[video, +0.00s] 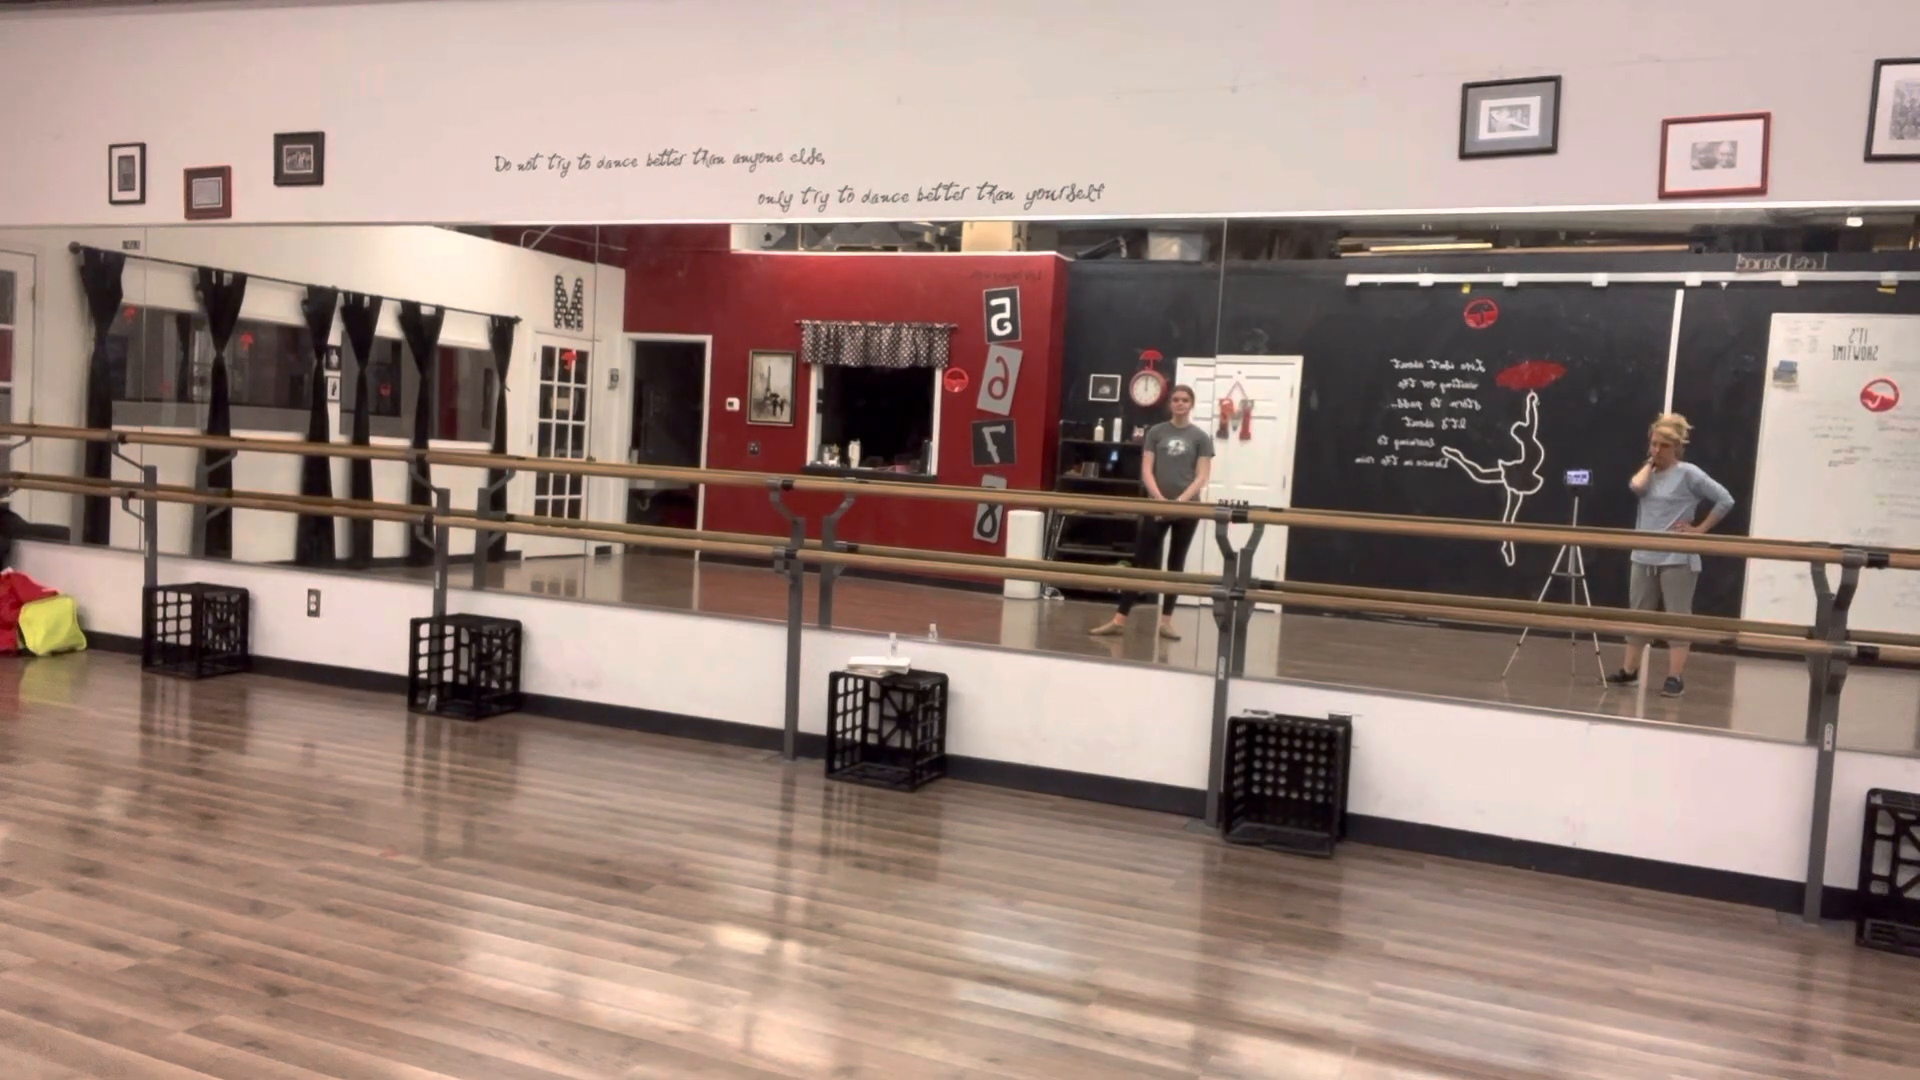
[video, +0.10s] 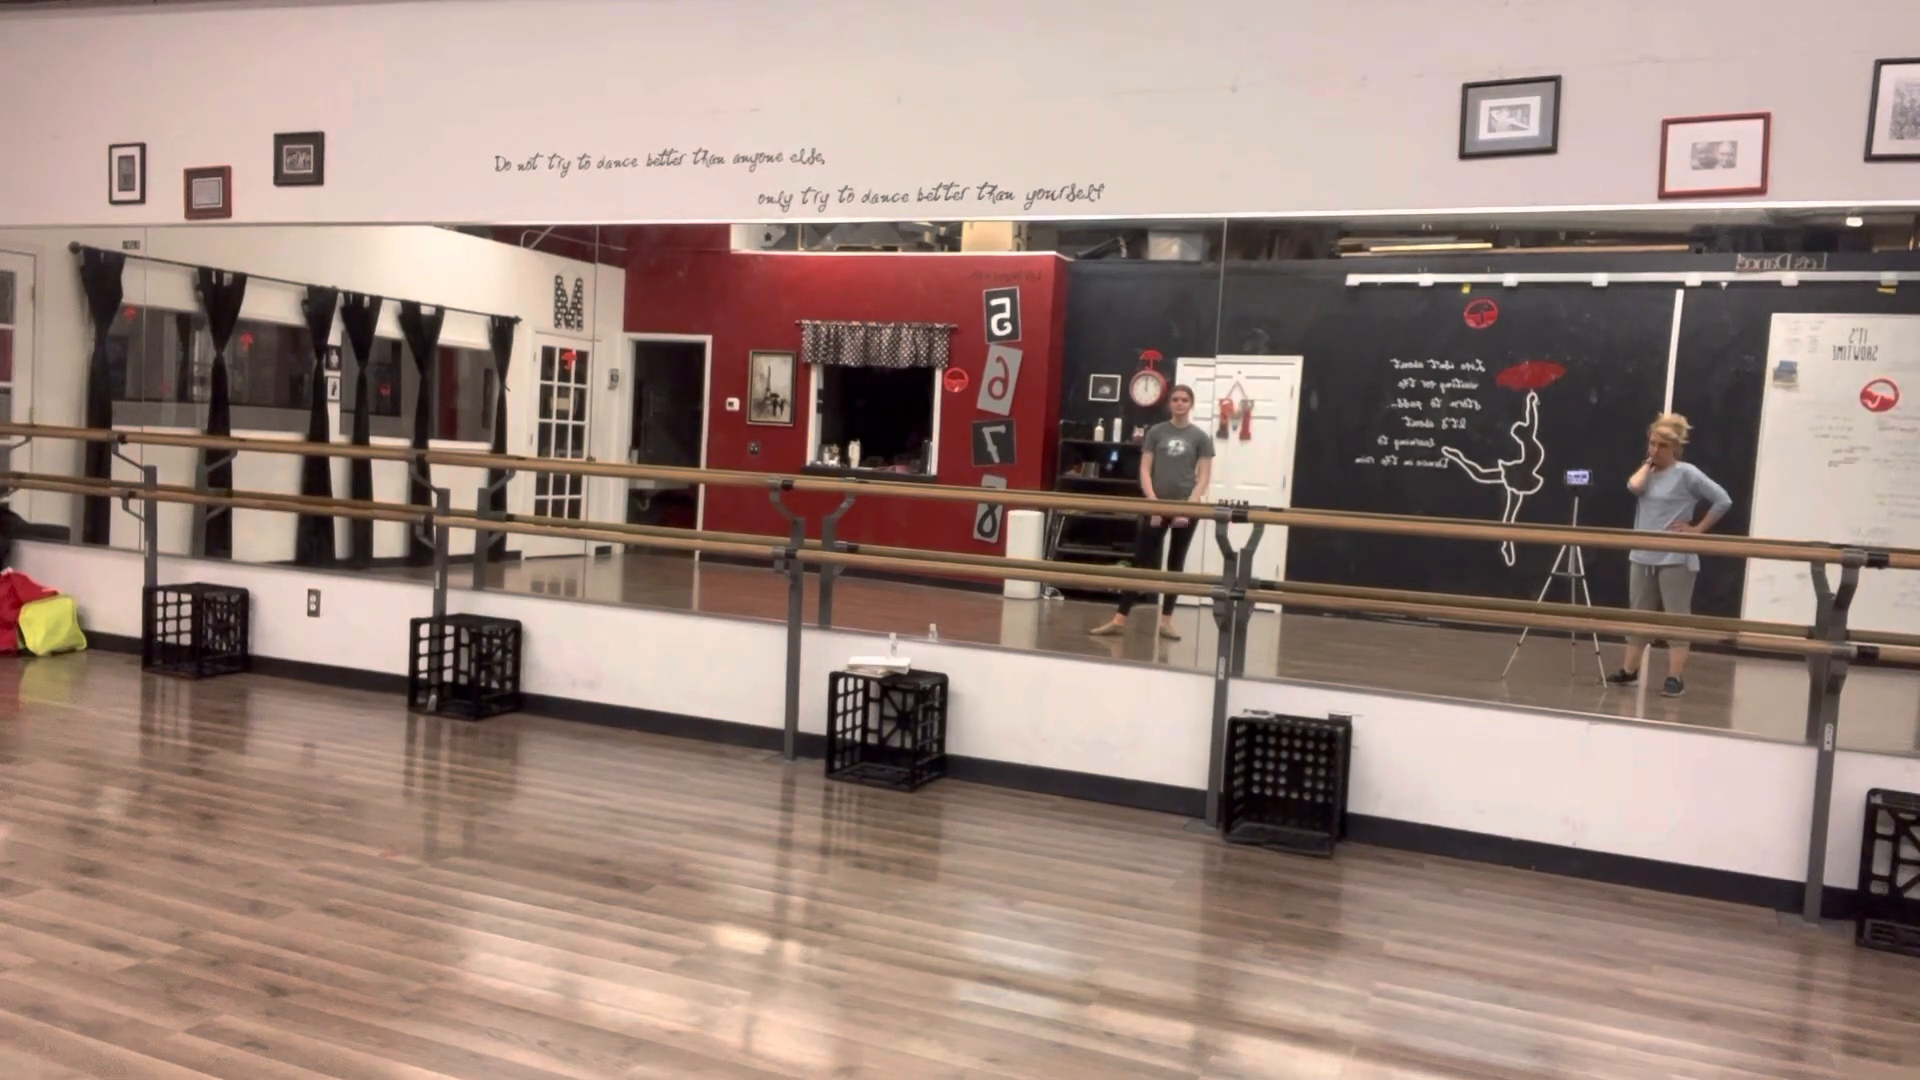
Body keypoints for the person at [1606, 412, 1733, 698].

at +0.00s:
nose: (1656, 450)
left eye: (1663, 445)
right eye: (1654, 443)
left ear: (1677, 448)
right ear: (1649, 444)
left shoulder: (1688, 473)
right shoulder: (1646, 472)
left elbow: (1726, 500)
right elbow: (1636, 486)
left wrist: (1701, 529)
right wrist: (1651, 460)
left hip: (1677, 557)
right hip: (1643, 555)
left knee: (1678, 619)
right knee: (1638, 614)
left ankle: (1675, 675)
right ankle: (1629, 670)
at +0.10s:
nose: (1654, 450)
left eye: (1662, 445)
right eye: (1652, 443)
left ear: (1675, 447)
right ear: (1648, 444)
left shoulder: (1686, 473)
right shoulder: (1644, 471)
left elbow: (1723, 500)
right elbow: (1634, 486)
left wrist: (1699, 529)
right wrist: (1650, 460)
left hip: (1675, 557)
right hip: (1642, 555)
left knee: (1677, 618)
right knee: (1638, 614)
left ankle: (1675, 675)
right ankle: (1629, 670)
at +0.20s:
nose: (1652, 450)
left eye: (1659, 444)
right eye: (1650, 443)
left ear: (1673, 447)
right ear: (1647, 444)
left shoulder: (1684, 473)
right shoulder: (1643, 472)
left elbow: (1721, 500)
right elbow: (1632, 486)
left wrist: (1696, 529)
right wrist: (1648, 460)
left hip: (1673, 557)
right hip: (1640, 555)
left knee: (1676, 619)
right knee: (1638, 615)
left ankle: (1674, 675)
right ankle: (1629, 670)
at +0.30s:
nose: (1650, 450)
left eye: (1657, 444)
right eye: (1647, 443)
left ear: (1671, 447)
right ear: (1644, 444)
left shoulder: (1681, 473)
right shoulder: (1642, 472)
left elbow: (1718, 500)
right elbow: (1630, 487)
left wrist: (1694, 528)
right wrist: (1646, 461)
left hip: (1671, 557)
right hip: (1639, 555)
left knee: (1674, 619)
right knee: (1638, 616)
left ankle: (1674, 676)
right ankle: (1629, 670)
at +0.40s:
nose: (1647, 449)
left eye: (1654, 444)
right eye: (1644, 443)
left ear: (1668, 447)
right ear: (1642, 445)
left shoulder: (1679, 473)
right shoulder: (1639, 473)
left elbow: (1715, 500)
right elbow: (1629, 489)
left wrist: (1691, 528)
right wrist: (1642, 463)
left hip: (1669, 557)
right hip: (1637, 555)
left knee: (1672, 618)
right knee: (1637, 616)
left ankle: (1674, 676)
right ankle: (1629, 670)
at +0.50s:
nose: (1643, 449)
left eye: (1650, 444)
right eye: (1641, 442)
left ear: (1665, 447)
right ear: (1639, 444)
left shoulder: (1676, 473)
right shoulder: (1637, 473)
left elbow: (1712, 499)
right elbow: (1627, 491)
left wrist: (1689, 528)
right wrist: (1638, 465)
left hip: (1668, 556)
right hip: (1636, 555)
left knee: (1671, 618)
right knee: (1637, 616)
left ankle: (1674, 677)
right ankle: (1629, 670)